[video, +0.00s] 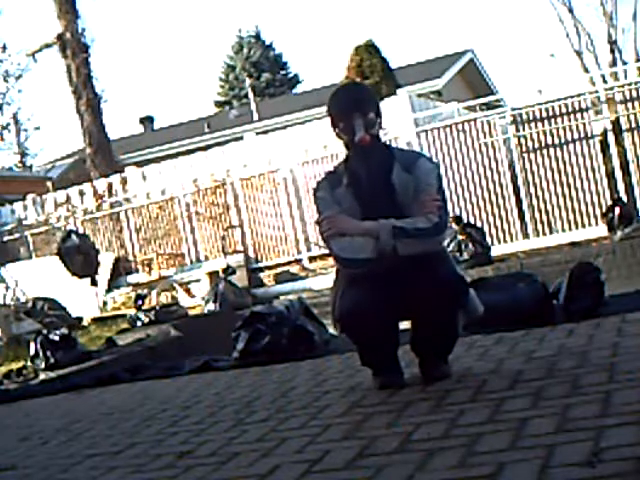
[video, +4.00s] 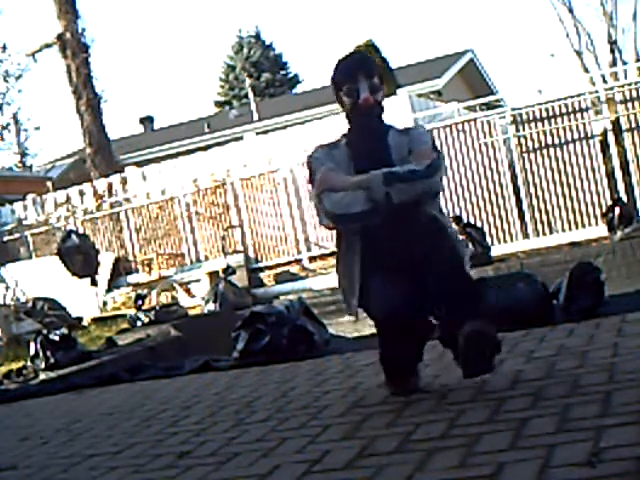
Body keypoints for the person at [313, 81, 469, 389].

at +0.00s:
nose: (360, 136)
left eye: (368, 122)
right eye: (348, 127)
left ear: (380, 119)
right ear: (336, 129)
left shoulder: (418, 166)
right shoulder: (328, 188)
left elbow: (436, 230)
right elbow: (347, 253)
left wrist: (360, 228)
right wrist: (413, 221)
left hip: (423, 265)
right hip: (366, 277)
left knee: (444, 285)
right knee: (356, 309)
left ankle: (434, 357)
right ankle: (384, 366)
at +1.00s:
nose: (361, 118)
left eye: (368, 107)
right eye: (349, 112)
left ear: (381, 110)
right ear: (338, 121)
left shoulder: (417, 159)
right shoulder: (327, 182)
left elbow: (433, 224)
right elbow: (344, 242)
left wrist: (356, 216)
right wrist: (413, 213)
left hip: (423, 266)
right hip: (365, 278)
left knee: (446, 296)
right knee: (359, 316)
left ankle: (434, 358)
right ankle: (384, 367)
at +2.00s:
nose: (360, 125)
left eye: (368, 113)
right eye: (348, 118)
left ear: (379, 114)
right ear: (336, 124)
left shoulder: (415, 163)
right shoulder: (327, 185)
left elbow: (432, 227)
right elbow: (341, 244)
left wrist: (357, 222)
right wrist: (412, 217)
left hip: (421, 267)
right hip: (364, 277)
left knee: (447, 290)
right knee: (355, 313)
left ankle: (435, 358)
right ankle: (384, 368)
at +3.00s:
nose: (344, 127)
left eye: (351, 118)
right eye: (333, 121)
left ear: (362, 121)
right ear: (320, 129)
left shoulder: (395, 167)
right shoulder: (310, 192)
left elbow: (414, 211)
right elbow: (328, 242)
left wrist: (341, 220)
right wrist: (388, 218)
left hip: (411, 263)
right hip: (363, 281)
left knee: (411, 246)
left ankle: (459, 350)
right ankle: (388, 366)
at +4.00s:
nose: (365, 99)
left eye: (372, 88)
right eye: (353, 91)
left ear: (384, 90)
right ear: (340, 98)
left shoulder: (413, 138)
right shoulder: (324, 158)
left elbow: (430, 181)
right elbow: (332, 208)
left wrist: (353, 182)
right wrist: (404, 188)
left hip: (430, 250)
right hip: (373, 264)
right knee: (399, 307)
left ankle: (470, 336)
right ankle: (401, 373)